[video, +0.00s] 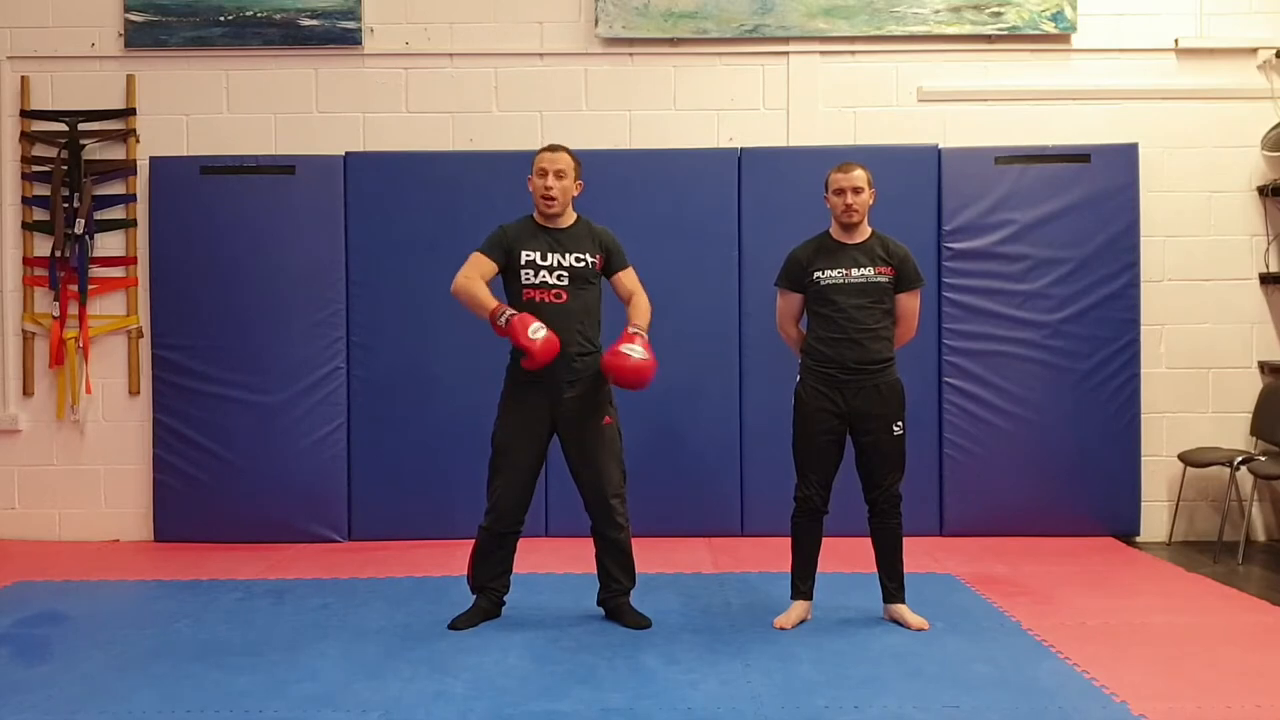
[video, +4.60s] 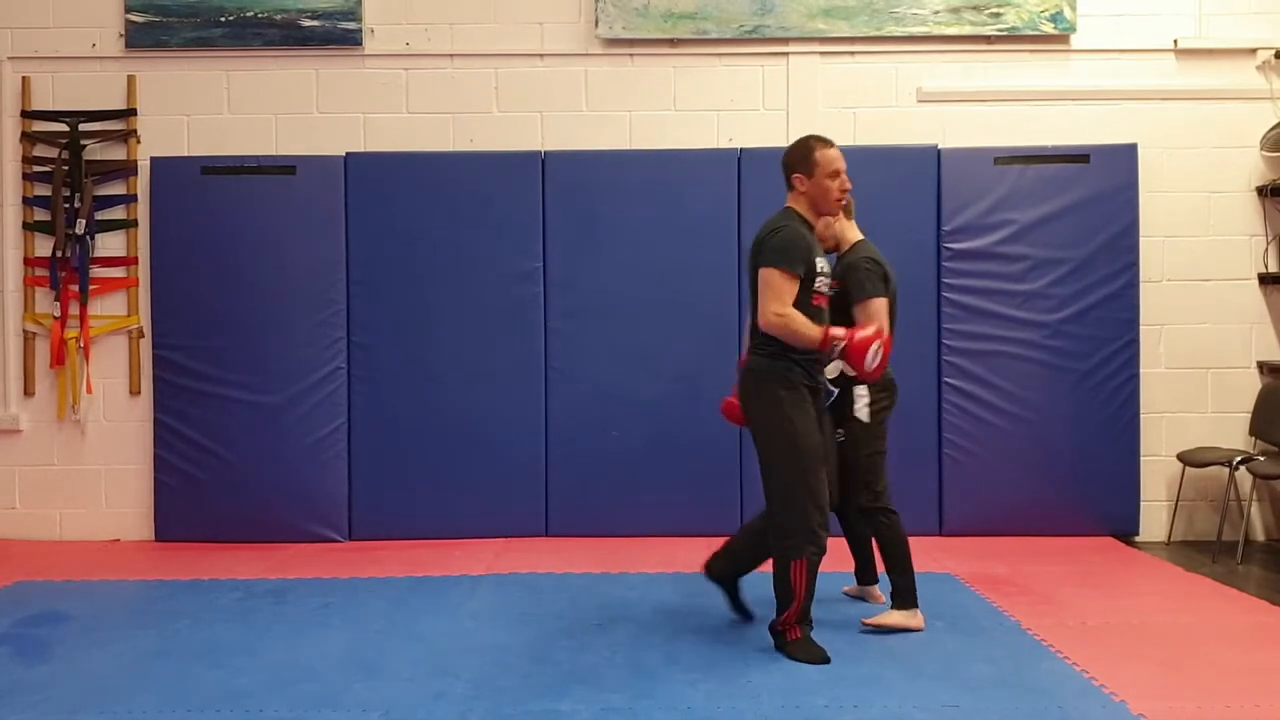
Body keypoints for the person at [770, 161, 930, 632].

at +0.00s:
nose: (848, 199)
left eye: (856, 191)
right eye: (839, 192)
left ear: (871, 196)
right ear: (827, 199)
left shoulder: (896, 256)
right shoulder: (804, 258)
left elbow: (907, 328)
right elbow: (787, 326)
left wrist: (865, 353)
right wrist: (823, 357)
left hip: (878, 391)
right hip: (819, 392)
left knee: (885, 498)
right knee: (809, 497)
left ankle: (894, 601)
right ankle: (801, 598)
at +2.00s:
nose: (845, 196)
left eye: (854, 188)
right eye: (837, 188)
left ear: (872, 196)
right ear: (827, 197)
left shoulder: (897, 256)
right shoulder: (805, 258)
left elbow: (908, 327)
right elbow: (788, 325)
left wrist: (866, 353)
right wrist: (822, 357)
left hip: (880, 392)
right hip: (821, 393)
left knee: (886, 499)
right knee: (811, 497)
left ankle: (894, 601)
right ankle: (801, 599)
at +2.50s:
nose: (835, 202)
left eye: (845, 194)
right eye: (831, 194)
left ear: (871, 199)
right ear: (828, 199)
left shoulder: (900, 255)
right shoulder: (812, 259)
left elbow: (923, 322)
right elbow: (807, 325)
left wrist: (908, 376)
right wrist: (805, 376)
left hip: (884, 390)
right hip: (824, 391)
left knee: (888, 500)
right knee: (810, 496)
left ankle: (892, 600)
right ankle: (799, 597)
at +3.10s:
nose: (838, 210)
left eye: (846, 201)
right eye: (836, 201)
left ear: (875, 201)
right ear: (853, 202)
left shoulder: (901, 251)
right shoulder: (840, 254)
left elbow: (906, 320)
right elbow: (827, 327)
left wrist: (865, 338)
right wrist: (820, 308)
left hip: (884, 382)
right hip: (840, 381)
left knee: (884, 490)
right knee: (836, 488)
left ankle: (892, 602)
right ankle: (857, 590)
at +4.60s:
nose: (811, 231)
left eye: (814, 220)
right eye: (810, 221)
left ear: (837, 215)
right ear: (842, 215)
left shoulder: (862, 266)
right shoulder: (841, 263)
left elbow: (874, 342)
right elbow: (840, 329)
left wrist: (819, 372)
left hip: (865, 388)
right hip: (843, 385)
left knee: (872, 499)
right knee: (844, 496)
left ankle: (908, 606)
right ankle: (868, 583)